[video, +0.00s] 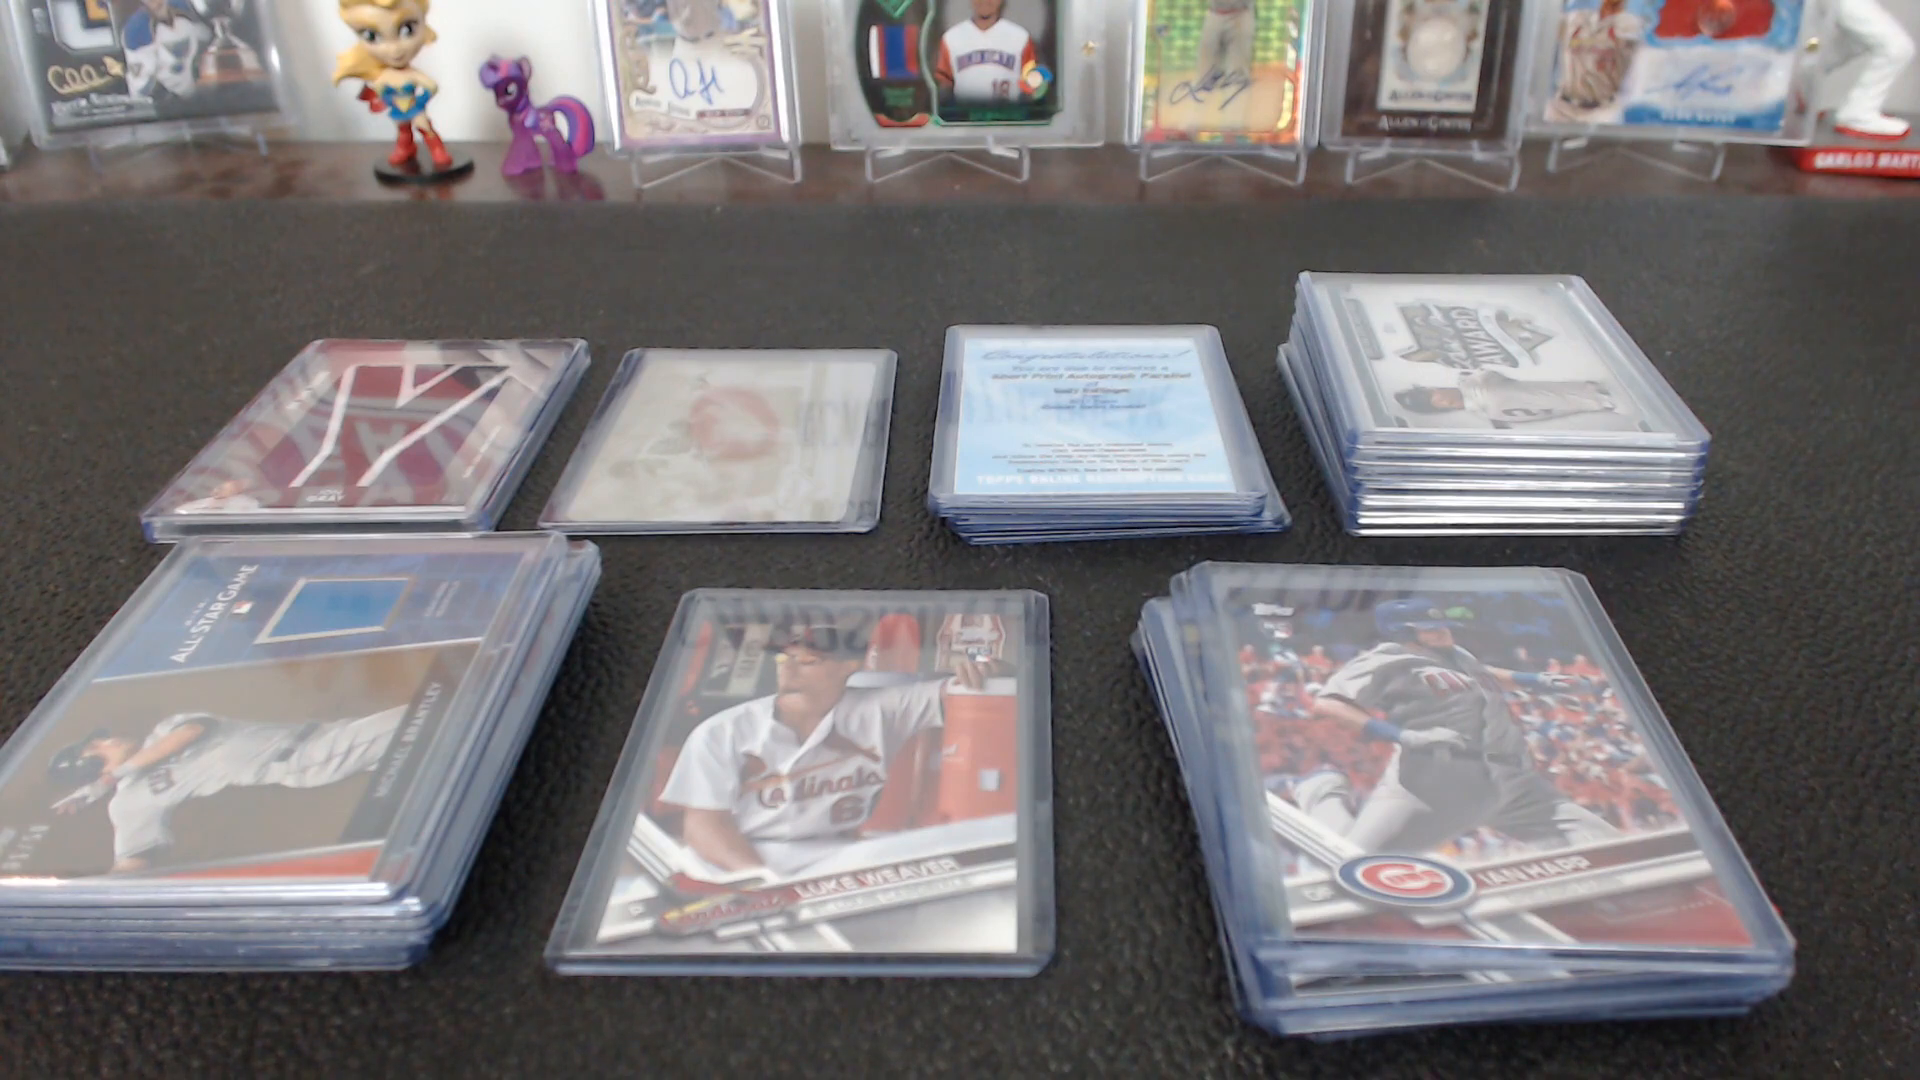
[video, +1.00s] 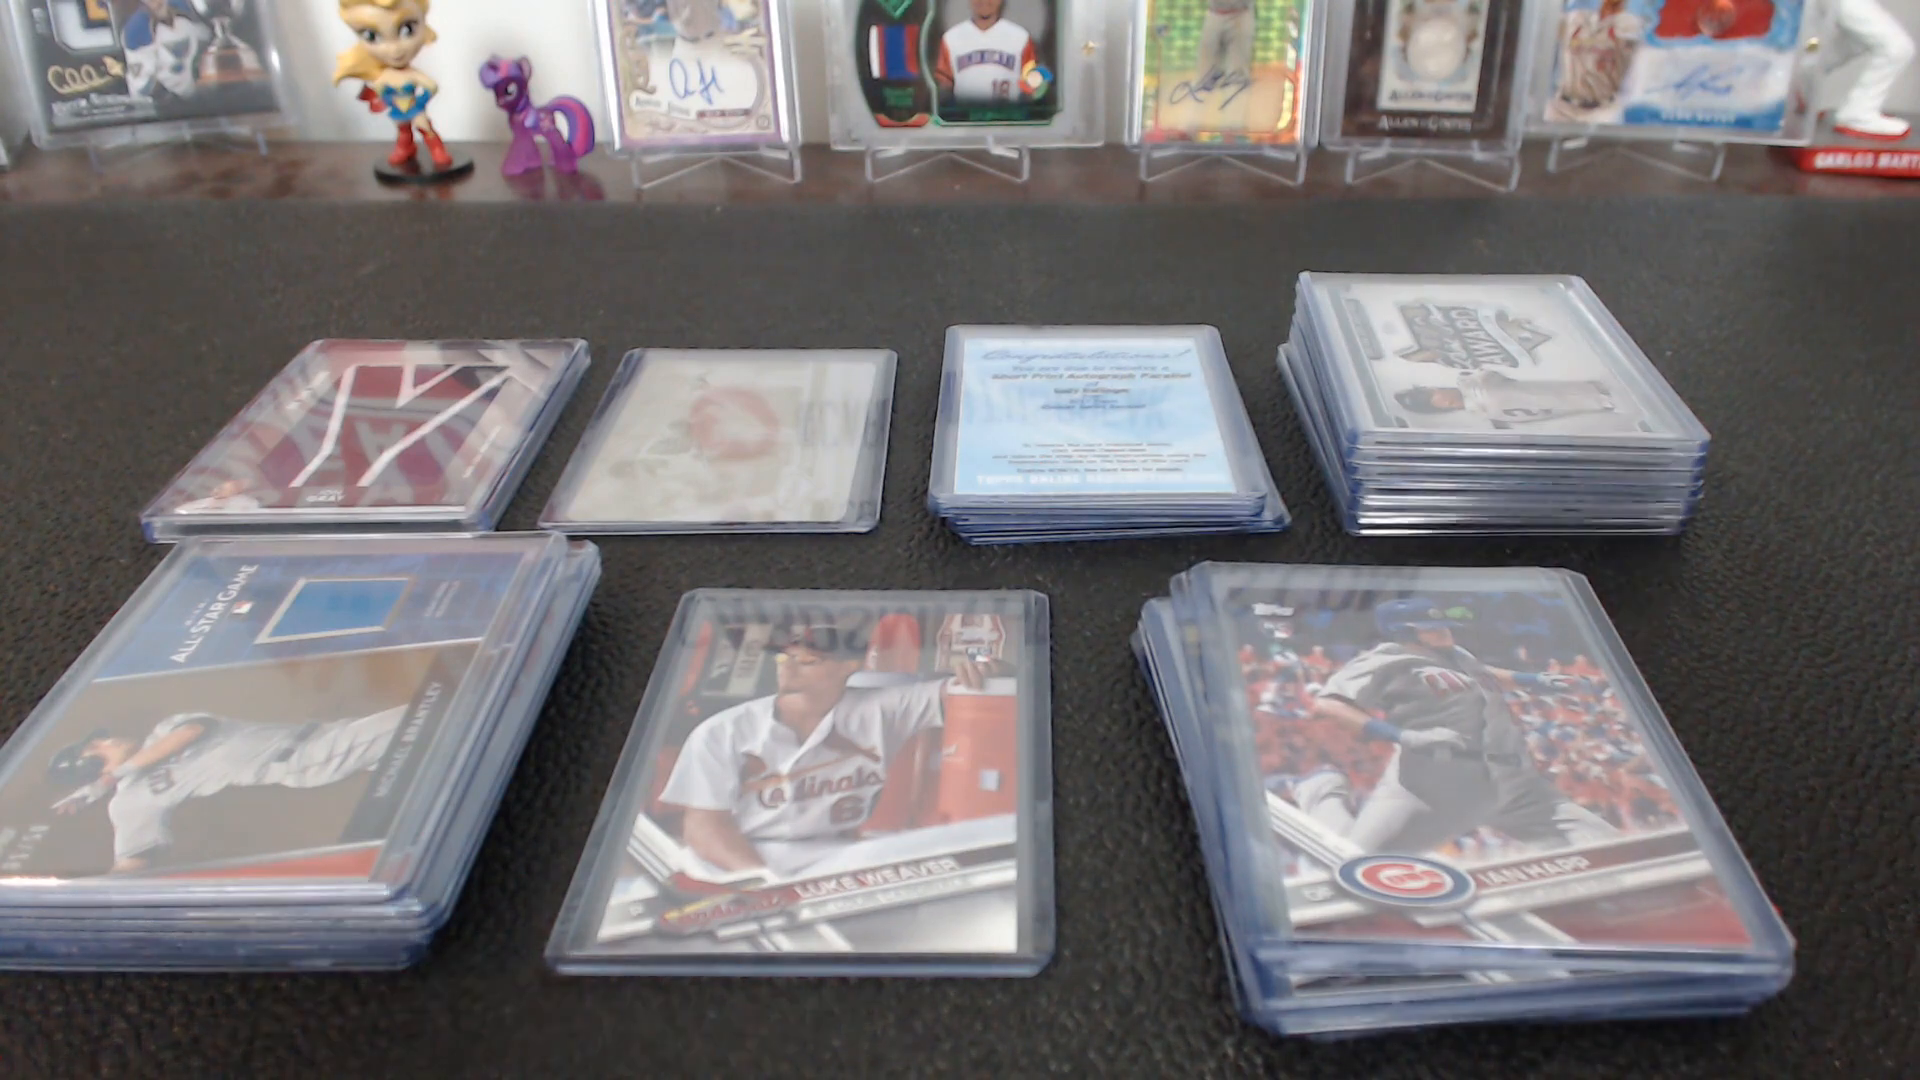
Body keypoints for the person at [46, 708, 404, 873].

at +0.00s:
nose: (113, 740)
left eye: (103, 739)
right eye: (103, 746)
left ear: (109, 741)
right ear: (101, 769)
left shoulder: (161, 729)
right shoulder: (131, 798)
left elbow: (192, 732)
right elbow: (130, 869)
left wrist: (116, 775)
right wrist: (88, 901)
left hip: (311, 732)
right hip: (299, 760)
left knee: (416, 721)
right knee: (414, 717)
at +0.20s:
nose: (112, 742)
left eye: (102, 742)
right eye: (103, 748)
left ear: (108, 741)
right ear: (101, 769)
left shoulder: (162, 728)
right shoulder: (131, 799)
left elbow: (192, 733)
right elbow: (130, 870)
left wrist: (114, 777)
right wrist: (89, 903)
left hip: (312, 732)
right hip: (300, 760)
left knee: (418, 720)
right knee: (416, 717)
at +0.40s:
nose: (112, 741)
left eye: (102, 740)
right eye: (103, 747)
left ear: (109, 741)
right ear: (101, 769)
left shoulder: (161, 729)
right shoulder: (131, 798)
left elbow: (192, 733)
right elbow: (130, 869)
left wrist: (115, 776)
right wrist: (87, 901)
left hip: (312, 732)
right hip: (300, 760)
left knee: (417, 721)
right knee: (415, 717)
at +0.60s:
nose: (112, 740)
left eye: (102, 740)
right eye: (102, 746)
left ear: (109, 741)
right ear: (101, 769)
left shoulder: (161, 728)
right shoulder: (131, 798)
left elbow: (192, 733)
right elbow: (130, 869)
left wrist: (114, 777)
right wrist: (88, 902)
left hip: (313, 732)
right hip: (300, 760)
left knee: (418, 720)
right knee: (416, 717)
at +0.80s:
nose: (112, 740)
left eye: (102, 739)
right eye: (102, 746)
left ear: (108, 743)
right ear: (101, 769)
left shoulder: (161, 729)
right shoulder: (131, 798)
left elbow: (192, 733)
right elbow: (129, 870)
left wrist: (114, 777)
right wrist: (86, 901)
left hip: (313, 732)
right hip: (301, 760)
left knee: (418, 721)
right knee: (416, 717)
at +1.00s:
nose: (112, 741)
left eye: (101, 741)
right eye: (102, 747)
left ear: (107, 742)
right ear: (101, 769)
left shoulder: (162, 728)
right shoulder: (131, 798)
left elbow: (193, 732)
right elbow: (130, 869)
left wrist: (114, 777)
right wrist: (89, 902)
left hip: (314, 732)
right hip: (301, 760)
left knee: (419, 719)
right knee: (417, 717)